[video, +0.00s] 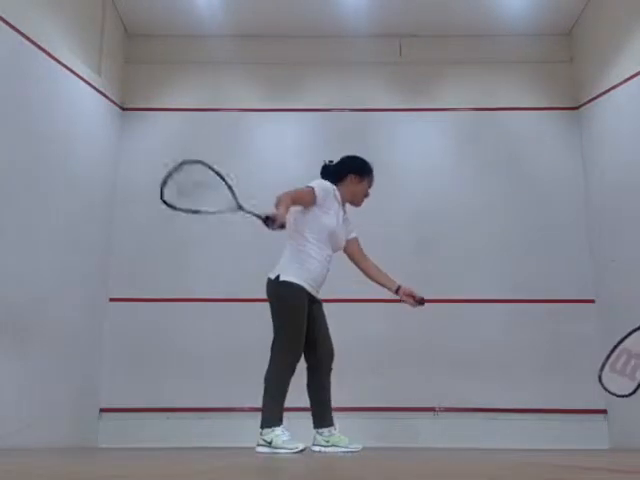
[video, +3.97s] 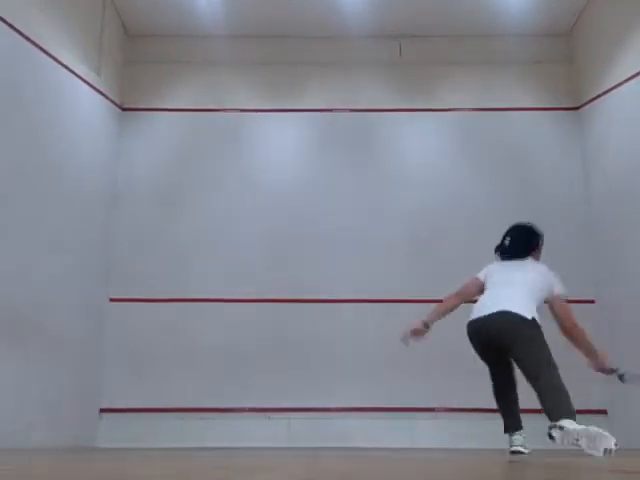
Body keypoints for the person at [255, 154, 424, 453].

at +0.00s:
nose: (368, 194)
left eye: (370, 189)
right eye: (367, 187)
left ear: (353, 182)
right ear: (351, 179)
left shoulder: (342, 221)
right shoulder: (324, 191)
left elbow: (363, 261)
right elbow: (287, 197)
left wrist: (399, 289)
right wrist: (280, 214)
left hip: (309, 293)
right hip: (288, 285)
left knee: (322, 355)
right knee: (286, 354)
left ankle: (325, 431)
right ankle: (270, 431)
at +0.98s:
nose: (337, 156)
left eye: (336, 151)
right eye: (336, 151)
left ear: (302, 151)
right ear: (328, 152)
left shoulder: (281, 185)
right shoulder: (336, 178)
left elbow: (267, 237)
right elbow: (356, 222)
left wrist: (256, 277)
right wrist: (357, 269)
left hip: (279, 276)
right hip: (318, 275)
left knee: (287, 347)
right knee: (332, 352)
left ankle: (253, 410)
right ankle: (323, 431)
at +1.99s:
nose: (279, 112)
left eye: (279, 105)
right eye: (277, 104)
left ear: (241, 106)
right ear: (261, 103)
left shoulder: (216, 138)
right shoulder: (260, 128)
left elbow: (190, 192)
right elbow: (259, 177)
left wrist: (154, 233)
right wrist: (277, 231)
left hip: (194, 243)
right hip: (223, 241)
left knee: (216, 332)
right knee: (236, 327)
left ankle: (199, 424)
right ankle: (194, 417)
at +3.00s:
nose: (362, 117)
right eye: (360, 112)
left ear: (322, 121)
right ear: (359, 116)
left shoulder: (317, 151)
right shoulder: (382, 149)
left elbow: (275, 189)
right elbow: (418, 197)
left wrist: (233, 235)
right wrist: (423, 245)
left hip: (337, 246)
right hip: (387, 246)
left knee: (299, 335)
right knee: (414, 337)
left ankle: (260, 420)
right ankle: (446, 426)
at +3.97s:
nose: (541, 252)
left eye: (540, 247)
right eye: (541, 247)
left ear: (508, 247)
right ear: (535, 248)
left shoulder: (492, 269)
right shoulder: (543, 273)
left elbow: (458, 296)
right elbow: (568, 326)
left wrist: (426, 322)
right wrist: (596, 359)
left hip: (479, 325)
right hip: (517, 323)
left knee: (501, 375)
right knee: (543, 372)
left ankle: (514, 435)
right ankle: (563, 422)